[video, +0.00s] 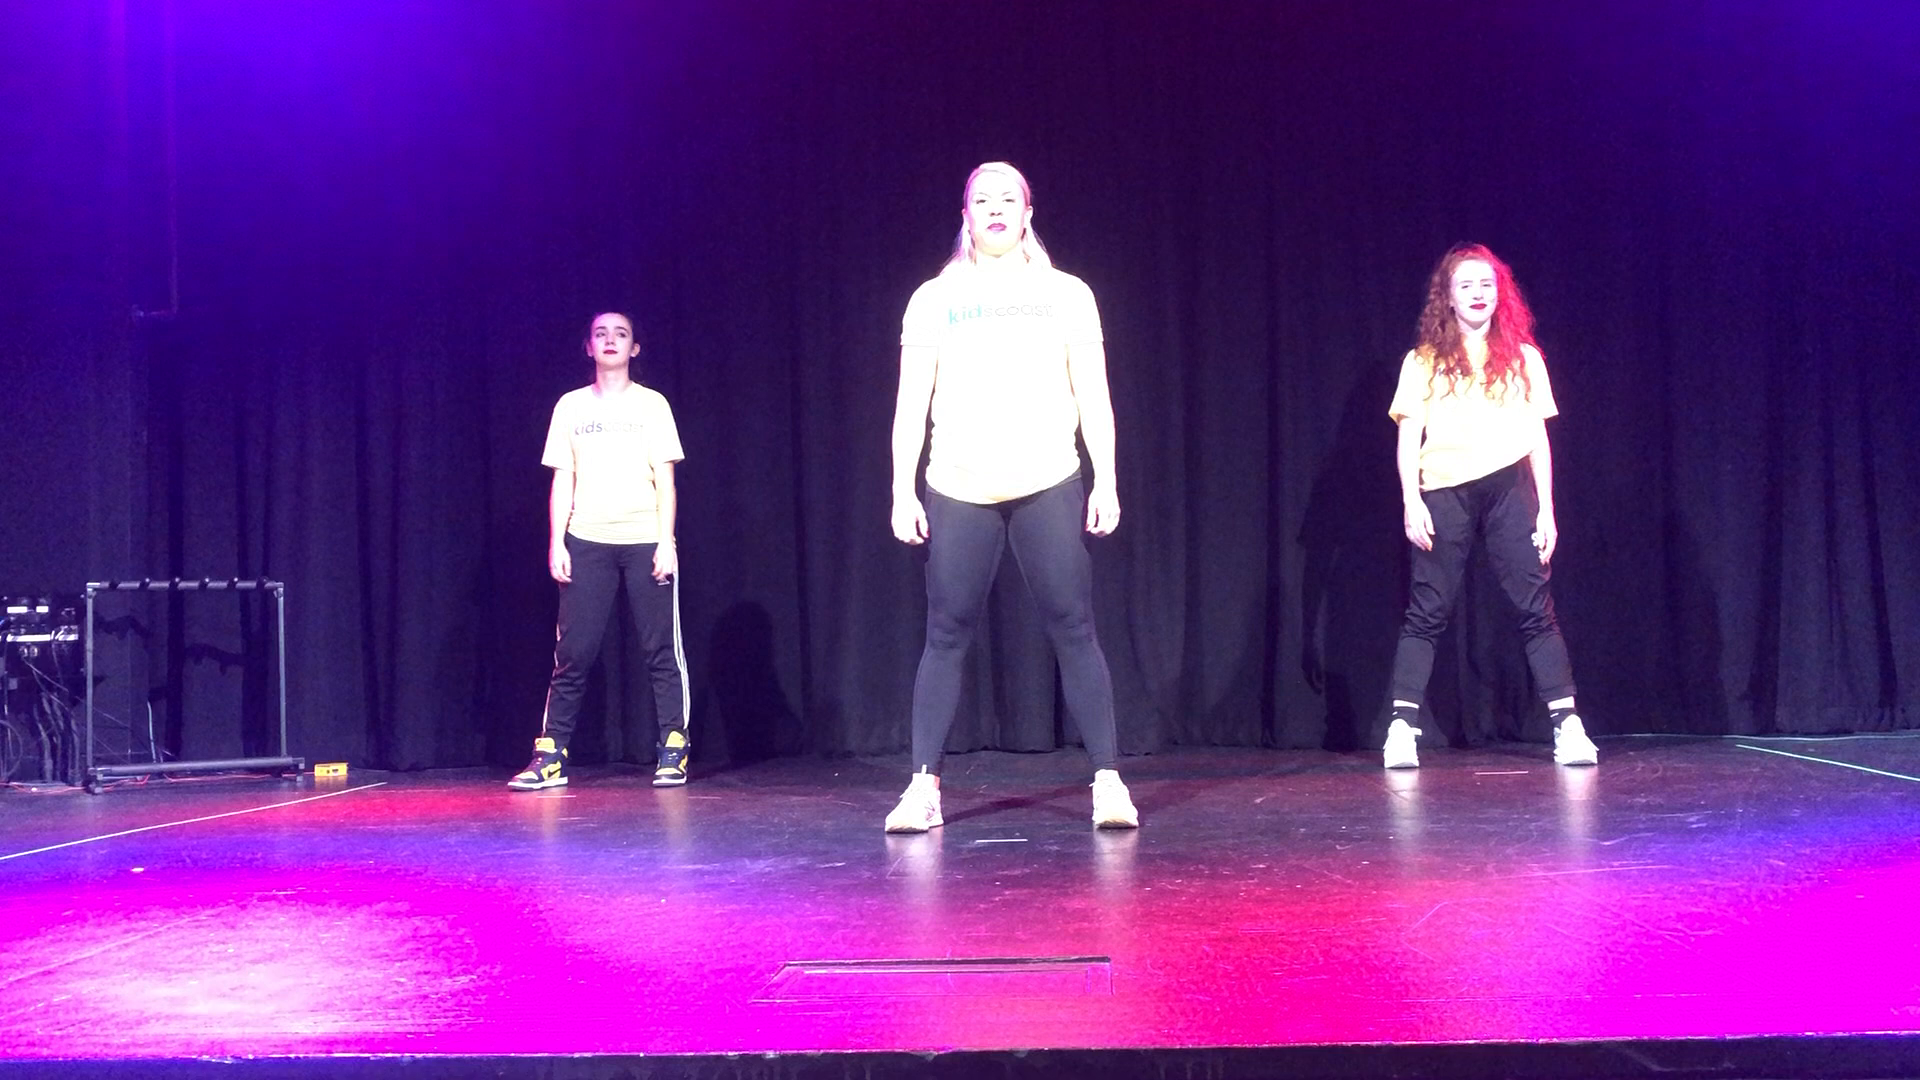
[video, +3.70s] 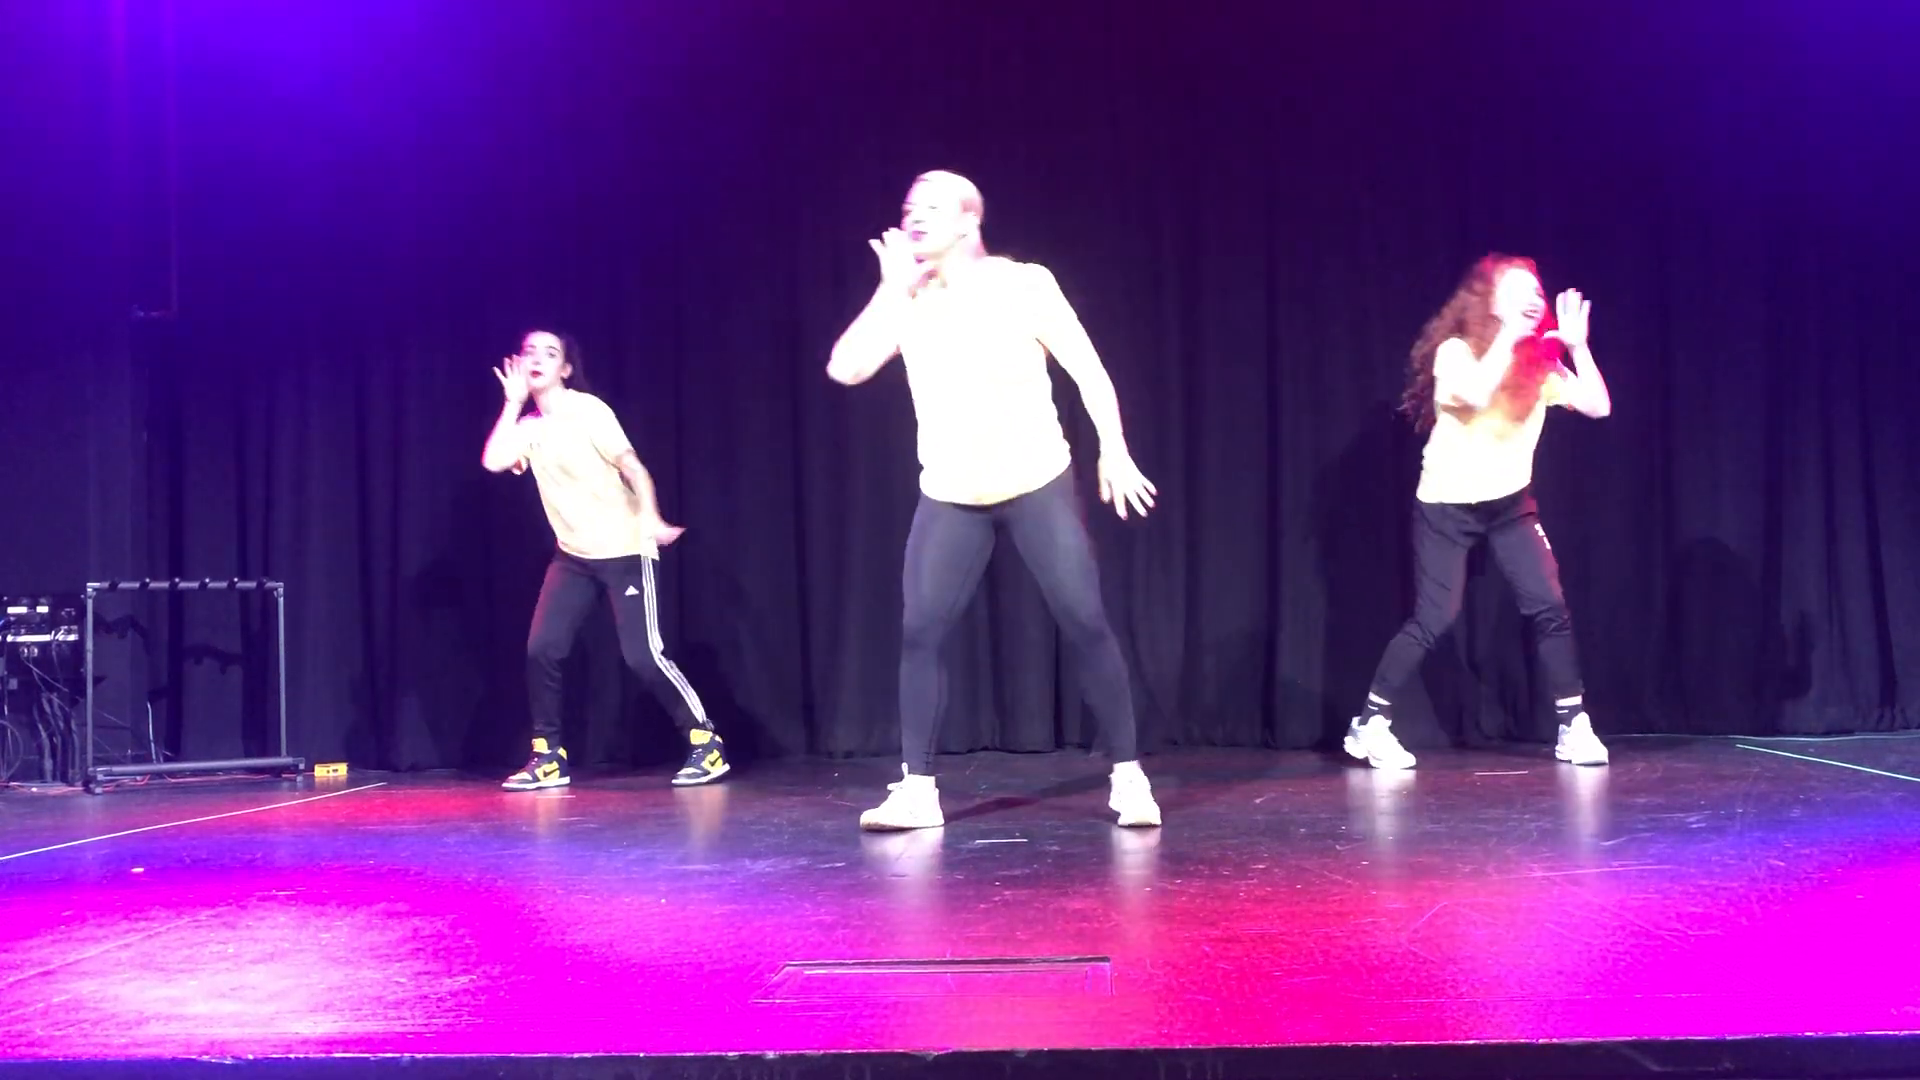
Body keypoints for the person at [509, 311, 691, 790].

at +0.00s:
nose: (609, 340)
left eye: (619, 334)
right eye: (601, 334)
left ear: (635, 348)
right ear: (588, 348)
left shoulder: (653, 404)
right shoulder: (569, 406)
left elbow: (665, 479)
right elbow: (563, 480)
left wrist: (666, 541)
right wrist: (557, 542)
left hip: (646, 541)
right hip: (587, 542)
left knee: (659, 649)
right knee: (572, 652)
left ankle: (674, 749)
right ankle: (551, 756)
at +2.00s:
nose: (598, 341)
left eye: (607, 335)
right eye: (589, 334)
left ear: (620, 347)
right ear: (575, 346)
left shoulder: (638, 405)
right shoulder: (554, 405)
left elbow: (650, 480)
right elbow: (542, 479)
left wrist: (650, 542)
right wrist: (534, 542)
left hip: (626, 542)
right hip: (565, 542)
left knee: (648, 652)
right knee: (559, 655)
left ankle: (672, 748)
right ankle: (550, 756)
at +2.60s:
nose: (600, 339)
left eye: (609, 332)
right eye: (591, 332)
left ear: (623, 345)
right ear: (578, 345)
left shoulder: (642, 403)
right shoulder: (558, 405)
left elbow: (654, 478)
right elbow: (544, 478)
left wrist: (656, 541)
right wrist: (521, 541)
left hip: (631, 541)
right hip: (569, 542)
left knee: (651, 650)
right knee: (560, 655)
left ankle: (673, 748)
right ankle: (550, 756)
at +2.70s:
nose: (582, 338)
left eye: (591, 331)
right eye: (573, 332)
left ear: (610, 345)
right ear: (562, 346)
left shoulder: (632, 399)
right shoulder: (553, 408)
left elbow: (649, 477)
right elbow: (526, 476)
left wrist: (651, 540)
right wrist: (478, 488)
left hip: (626, 538)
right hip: (569, 539)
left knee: (648, 652)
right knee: (558, 653)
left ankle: (672, 746)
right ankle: (550, 756)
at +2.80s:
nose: (549, 342)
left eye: (560, 334)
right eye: (541, 336)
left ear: (583, 347)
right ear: (535, 353)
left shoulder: (608, 398)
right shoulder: (540, 413)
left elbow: (637, 465)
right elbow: (497, 457)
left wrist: (645, 535)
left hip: (625, 541)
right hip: (574, 546)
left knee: (647, 653)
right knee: (556, 653)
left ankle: (673, 746)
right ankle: (549, 757)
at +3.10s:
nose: (486, 371)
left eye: (497, 362)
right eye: (482, 364)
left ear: (524, 373)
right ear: (481, 379)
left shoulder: (546, 415)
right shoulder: (509, 436)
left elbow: (590, 474)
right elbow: (466, 476)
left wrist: (609, 547)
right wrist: (472, 417)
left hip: (619, 541)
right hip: (579, 551)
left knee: (642, 649)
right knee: (555, 651)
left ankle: (696, 746)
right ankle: (549, 757)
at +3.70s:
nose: (535, 361)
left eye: (547, 354)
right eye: (528, 353)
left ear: (566, 368)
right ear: (519, 366)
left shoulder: (589, 411)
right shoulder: (528, 427)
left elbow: (633, 468)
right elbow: (493, 460)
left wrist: (651, 519)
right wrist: (512, 402)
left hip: (626, 552)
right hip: (574, 555)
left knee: (643, 655)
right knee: (544, 649)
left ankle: (707, 745)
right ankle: (548, 759)